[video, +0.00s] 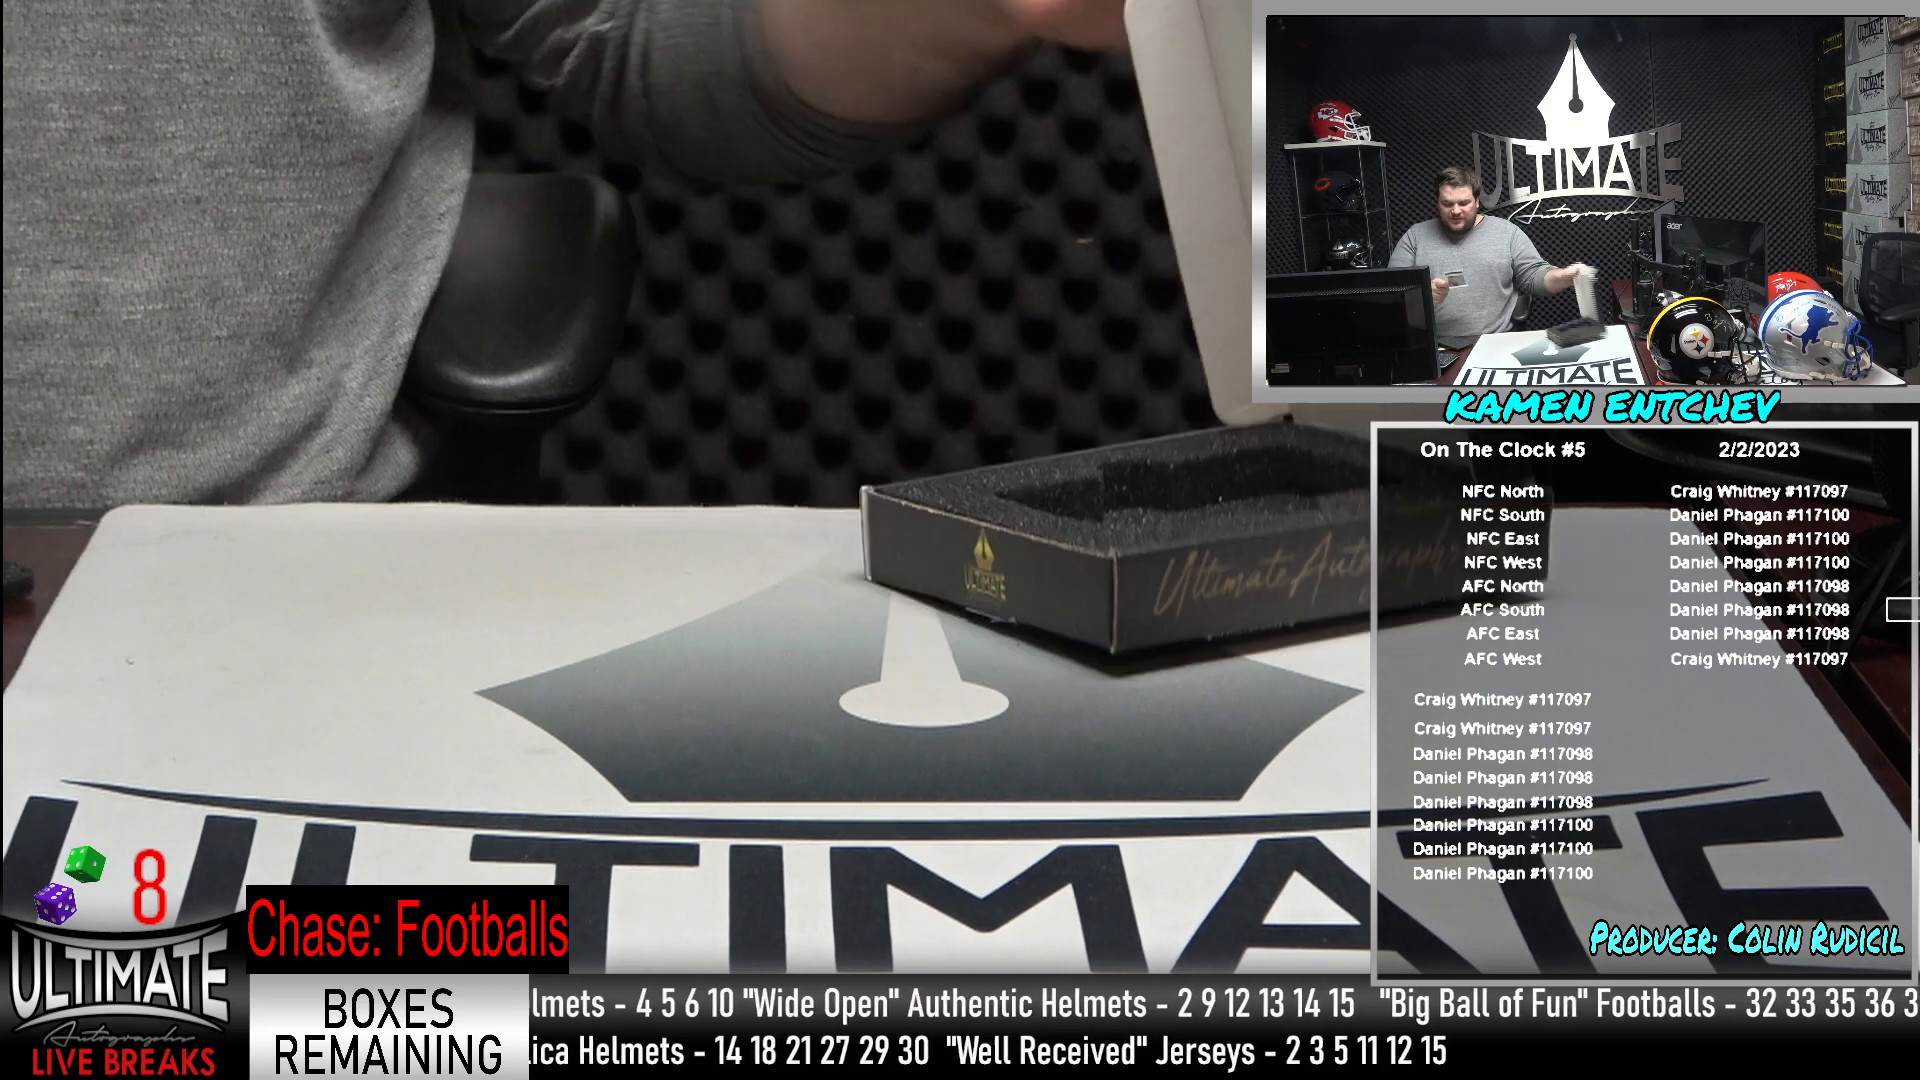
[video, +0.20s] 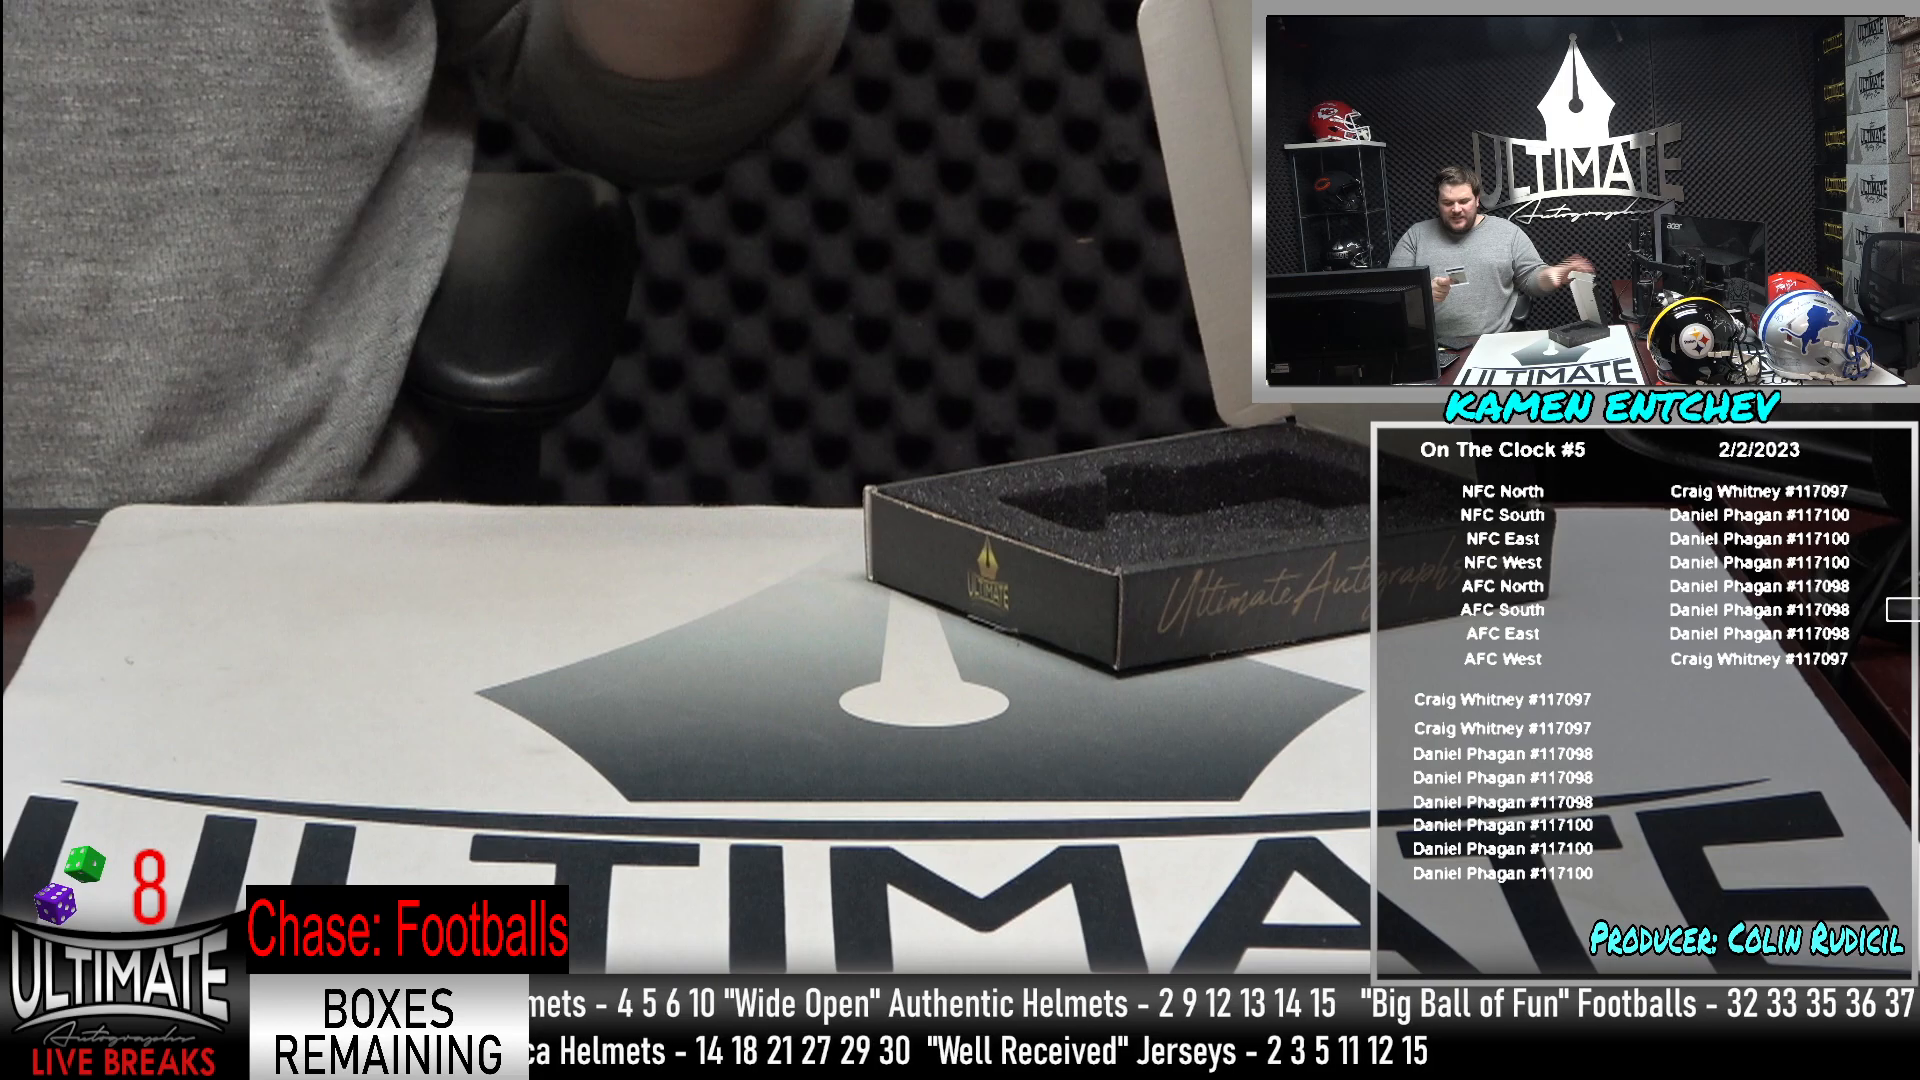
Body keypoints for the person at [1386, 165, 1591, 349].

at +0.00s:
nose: (1456, 211)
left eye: (1463, 203)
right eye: (1448, 204)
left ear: (1477, 201)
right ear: (1437, 203)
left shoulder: (1507, 233)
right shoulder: (1416, 237)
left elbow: (1532, 276)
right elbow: (1390, 288)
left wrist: (1564, 277)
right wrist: (1421, 291)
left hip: (1496, 348)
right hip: (1433, 352)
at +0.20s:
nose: (1456, 210)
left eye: (1463, 201)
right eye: (1448, 203)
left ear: (1476, 200)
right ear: (1438, 203)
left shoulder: (1508, 233)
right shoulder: (1416, 237)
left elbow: (1530, 275)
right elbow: (1391, 288)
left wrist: (1552, 277)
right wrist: (1423, 290)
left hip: (1497, 348)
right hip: (1434, 352)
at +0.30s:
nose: (1461, 209)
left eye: (1468, 200)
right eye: (1452, 202)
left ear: (1480, 199)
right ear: (1441, 203)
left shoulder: (1508, 233)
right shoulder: (1418, 235)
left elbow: (1542, 277)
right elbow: (1392, 287)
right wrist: (1428, 289)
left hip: (1496, 346)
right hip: (1434, 351)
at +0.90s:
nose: (1474, 209)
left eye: (1480, 201)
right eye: (1465, 202)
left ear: (1489, 200)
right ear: (1450, 201)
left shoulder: (1511, 234)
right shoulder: (1424, 234)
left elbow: (1541, 283)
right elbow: (1389, 280)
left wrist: (1507, 282)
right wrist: (1422, 301)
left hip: (1497, 346)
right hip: (1437, 350)